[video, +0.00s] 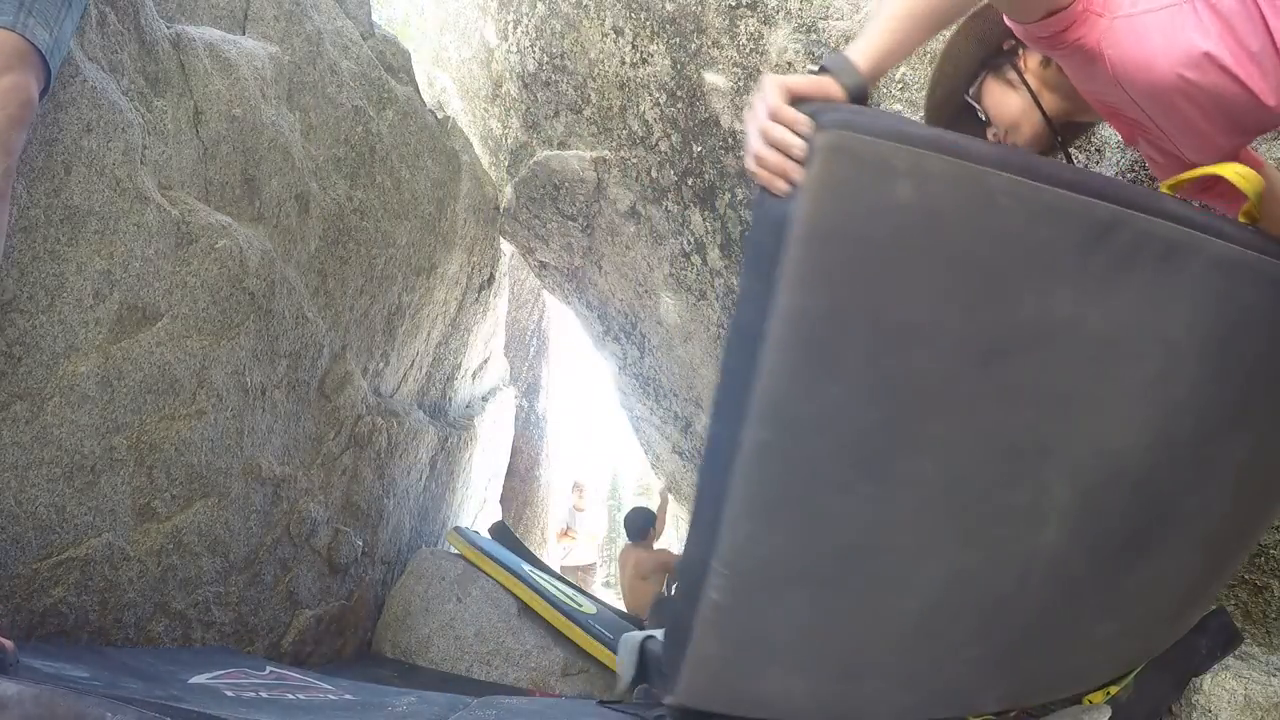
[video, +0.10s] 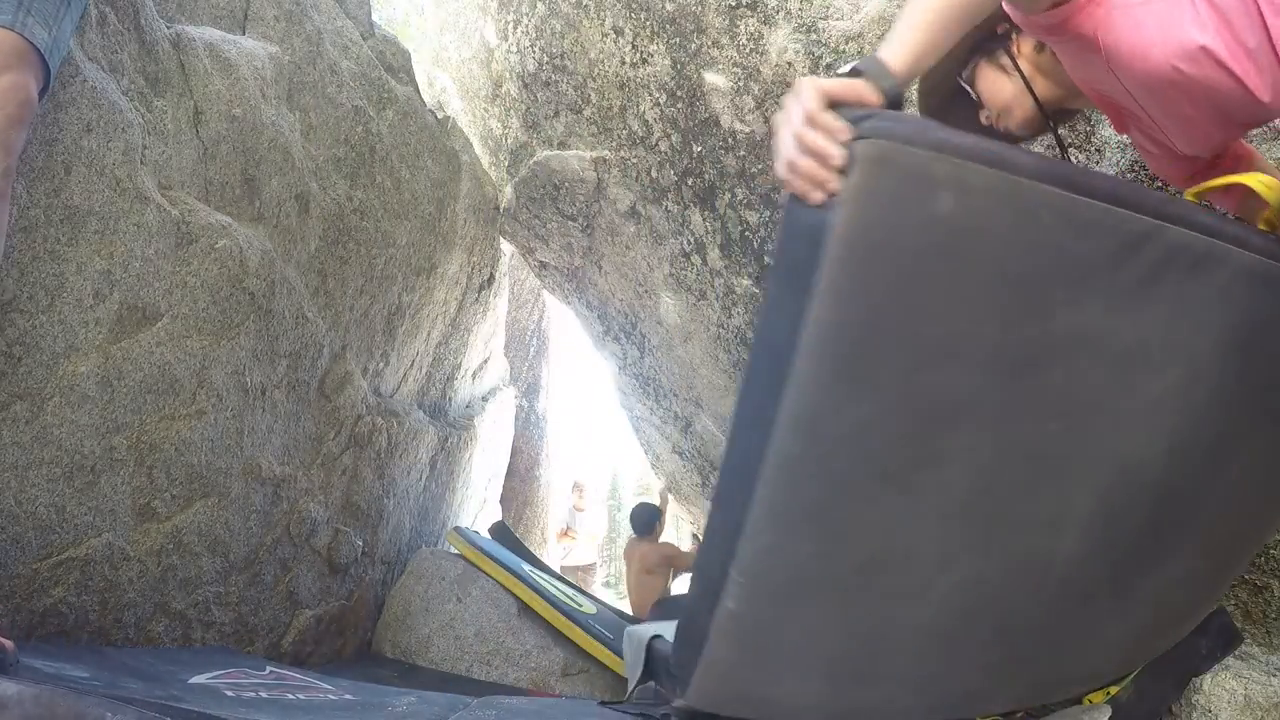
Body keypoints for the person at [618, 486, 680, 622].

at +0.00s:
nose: (656, 530)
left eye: (655, 526)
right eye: (655, 527)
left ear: (629, 531)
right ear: (651, 532)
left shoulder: (626, 552)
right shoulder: (659, 558)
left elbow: (657, 532)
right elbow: (692, 564)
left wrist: (664, 502)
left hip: (633, 620)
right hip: (653, 623)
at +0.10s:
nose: (661, 524)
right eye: (660, 521)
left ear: (634, 525)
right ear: (657, 526)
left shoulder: (631, 546)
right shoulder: (664, 551)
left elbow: (658, 530)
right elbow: (694, 561)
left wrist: (663, 505)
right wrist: (695, 549)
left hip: (637, 615)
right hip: (655, 616)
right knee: (696, 601)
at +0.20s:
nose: (667, 521)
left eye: (667, 517)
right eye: (667, 518)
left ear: (641, 519)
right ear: (663, 522)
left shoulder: (635, 539)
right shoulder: (670, 545)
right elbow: (704, 567)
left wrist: (692, 551)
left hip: (641, 609)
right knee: (705, 600)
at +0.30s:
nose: (669, 516)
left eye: (668, 512)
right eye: (669, 512)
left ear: (643, 515)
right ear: (666, 516)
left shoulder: (636, 534)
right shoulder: (671, 542)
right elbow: (706, 567)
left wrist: (693, 551)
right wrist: (697, 550)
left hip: (647, 609)